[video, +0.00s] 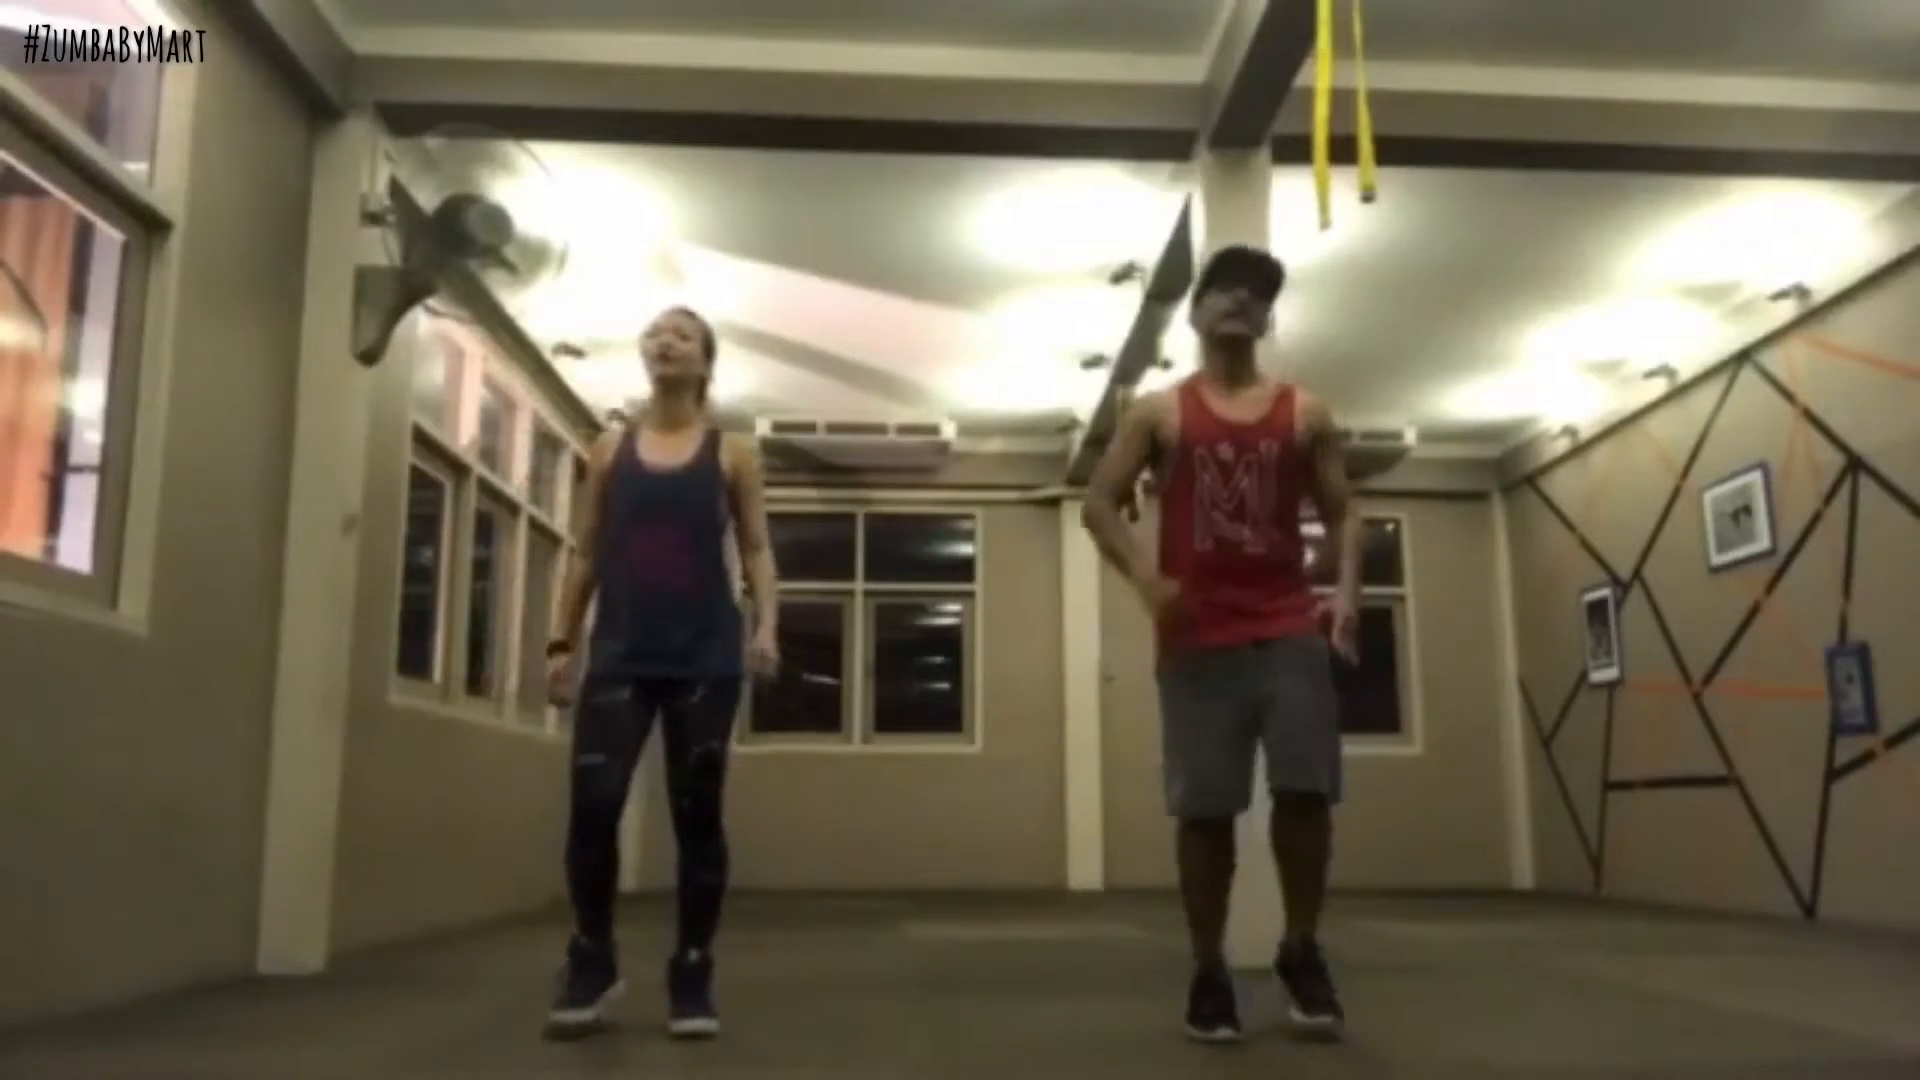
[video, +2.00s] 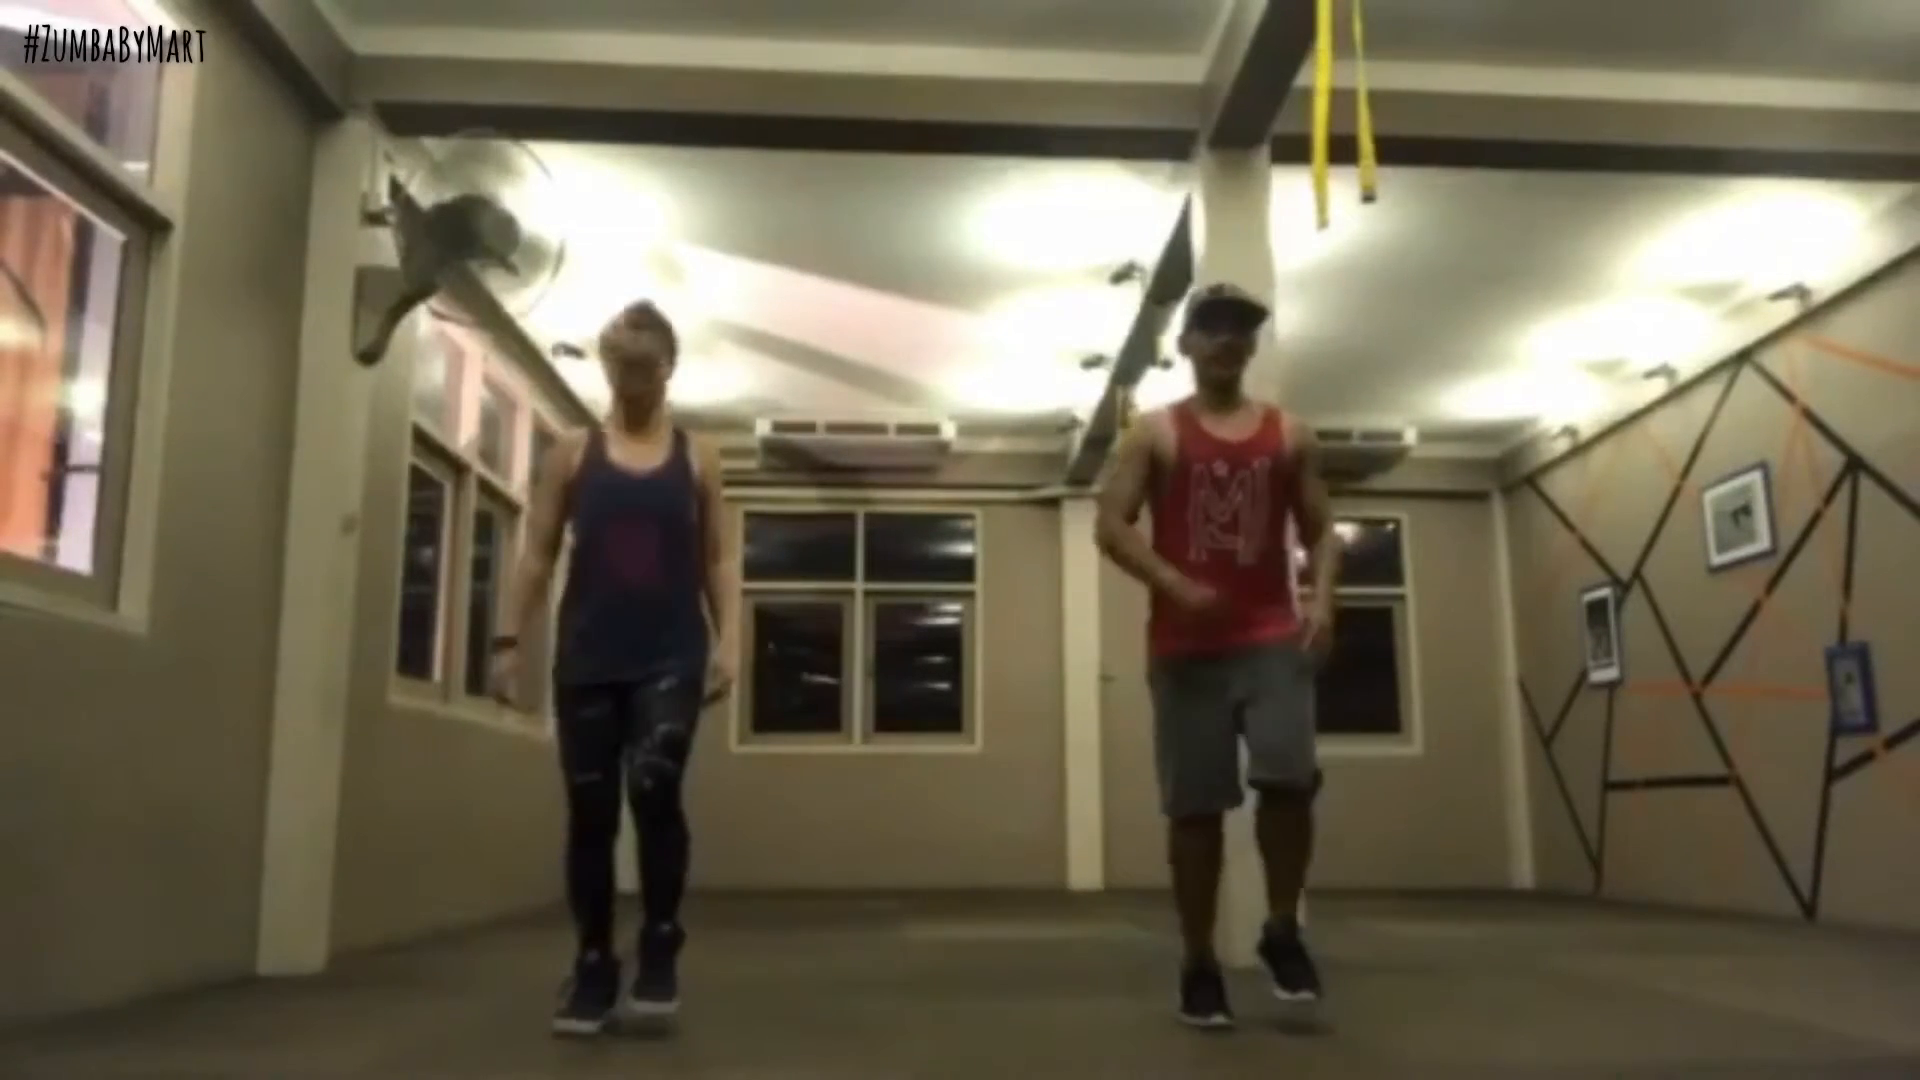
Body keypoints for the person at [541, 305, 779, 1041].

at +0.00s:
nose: (666, 343)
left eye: (682, 335)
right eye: (656, 334)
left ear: (706, 358)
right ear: (642, 354)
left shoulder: (730, 450)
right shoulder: (610, 450)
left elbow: (757, 550)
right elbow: (584, 550)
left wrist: (765, 624)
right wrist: (563, 641)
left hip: (704, 656)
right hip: (618, 654)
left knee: (697, 818)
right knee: (591, 808)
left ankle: (692, 979)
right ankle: (591, 965)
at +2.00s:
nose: (633, 379)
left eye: (646, 365)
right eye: (622, 364)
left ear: (670, 367)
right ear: (602, 366)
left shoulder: (697, 456)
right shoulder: (572, 454)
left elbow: (718, 556)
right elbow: (536, 552)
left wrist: (728, 641)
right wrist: (511, 642)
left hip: (672, 655)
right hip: (589, 656)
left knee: (654, 791)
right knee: (591, 813)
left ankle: (659, 950)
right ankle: (594, 964)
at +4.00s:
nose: (620, 358)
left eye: (636, 349)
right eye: (611, 348)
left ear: (660, 370)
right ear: (594, 364)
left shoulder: (682, 458)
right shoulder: (562, 453)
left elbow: (701, 564)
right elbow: (530, 545)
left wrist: (709, 655)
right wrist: (503, 626)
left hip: (656, 653)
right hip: (573, 653)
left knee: (635, 788)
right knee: (574, 811)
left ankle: (657, 919)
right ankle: (574, 961)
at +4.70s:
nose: (617, 371)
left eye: (633, 361)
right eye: (607, 360)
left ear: (658, 382)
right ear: (591, 376)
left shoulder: (680, 465)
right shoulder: (562, 465)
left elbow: (732, 552)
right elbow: (516, 557)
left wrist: (750, 588)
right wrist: (466, 631)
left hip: (654, 665)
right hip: (573, 663)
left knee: (646, 817)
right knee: (560, 822)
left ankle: (653, 969)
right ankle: (556, 973)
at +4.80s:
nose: (621, 362)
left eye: (637, 353)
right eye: (610, 352)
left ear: (663, 374)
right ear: (595, 371)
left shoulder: (687, 457)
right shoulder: (565, 455)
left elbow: (762, 508)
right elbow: (500, 528)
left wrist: (827, 523)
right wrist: (437, 559)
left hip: (656, 655)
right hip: (573, 655)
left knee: (664, 792)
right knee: (561, 812)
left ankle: (680, 932)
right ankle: (557, 964)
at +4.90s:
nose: (630, 352)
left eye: (646, 344)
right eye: (620, 342)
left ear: (673, 366)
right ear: (605, 359)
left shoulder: (695, 450)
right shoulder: (577, 443)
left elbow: (785, 483)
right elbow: (518, 517)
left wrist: (864, 496)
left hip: (661, 643)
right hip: (579, 644)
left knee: (681, 780)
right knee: (564, 808)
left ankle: (729, 946)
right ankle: (553, 968)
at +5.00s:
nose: (641, 352)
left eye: (659, 344)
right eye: (634, 342)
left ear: (687, 367)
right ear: (621, 359)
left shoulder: (702, 450)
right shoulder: (589, 438)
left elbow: (771, 491)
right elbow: (570, 503)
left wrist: (832, 508)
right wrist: (642, 470)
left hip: (673, 647)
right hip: (593, 646)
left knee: (701, 793)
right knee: (571, 811)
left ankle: (773, 963)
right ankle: (554, 966)